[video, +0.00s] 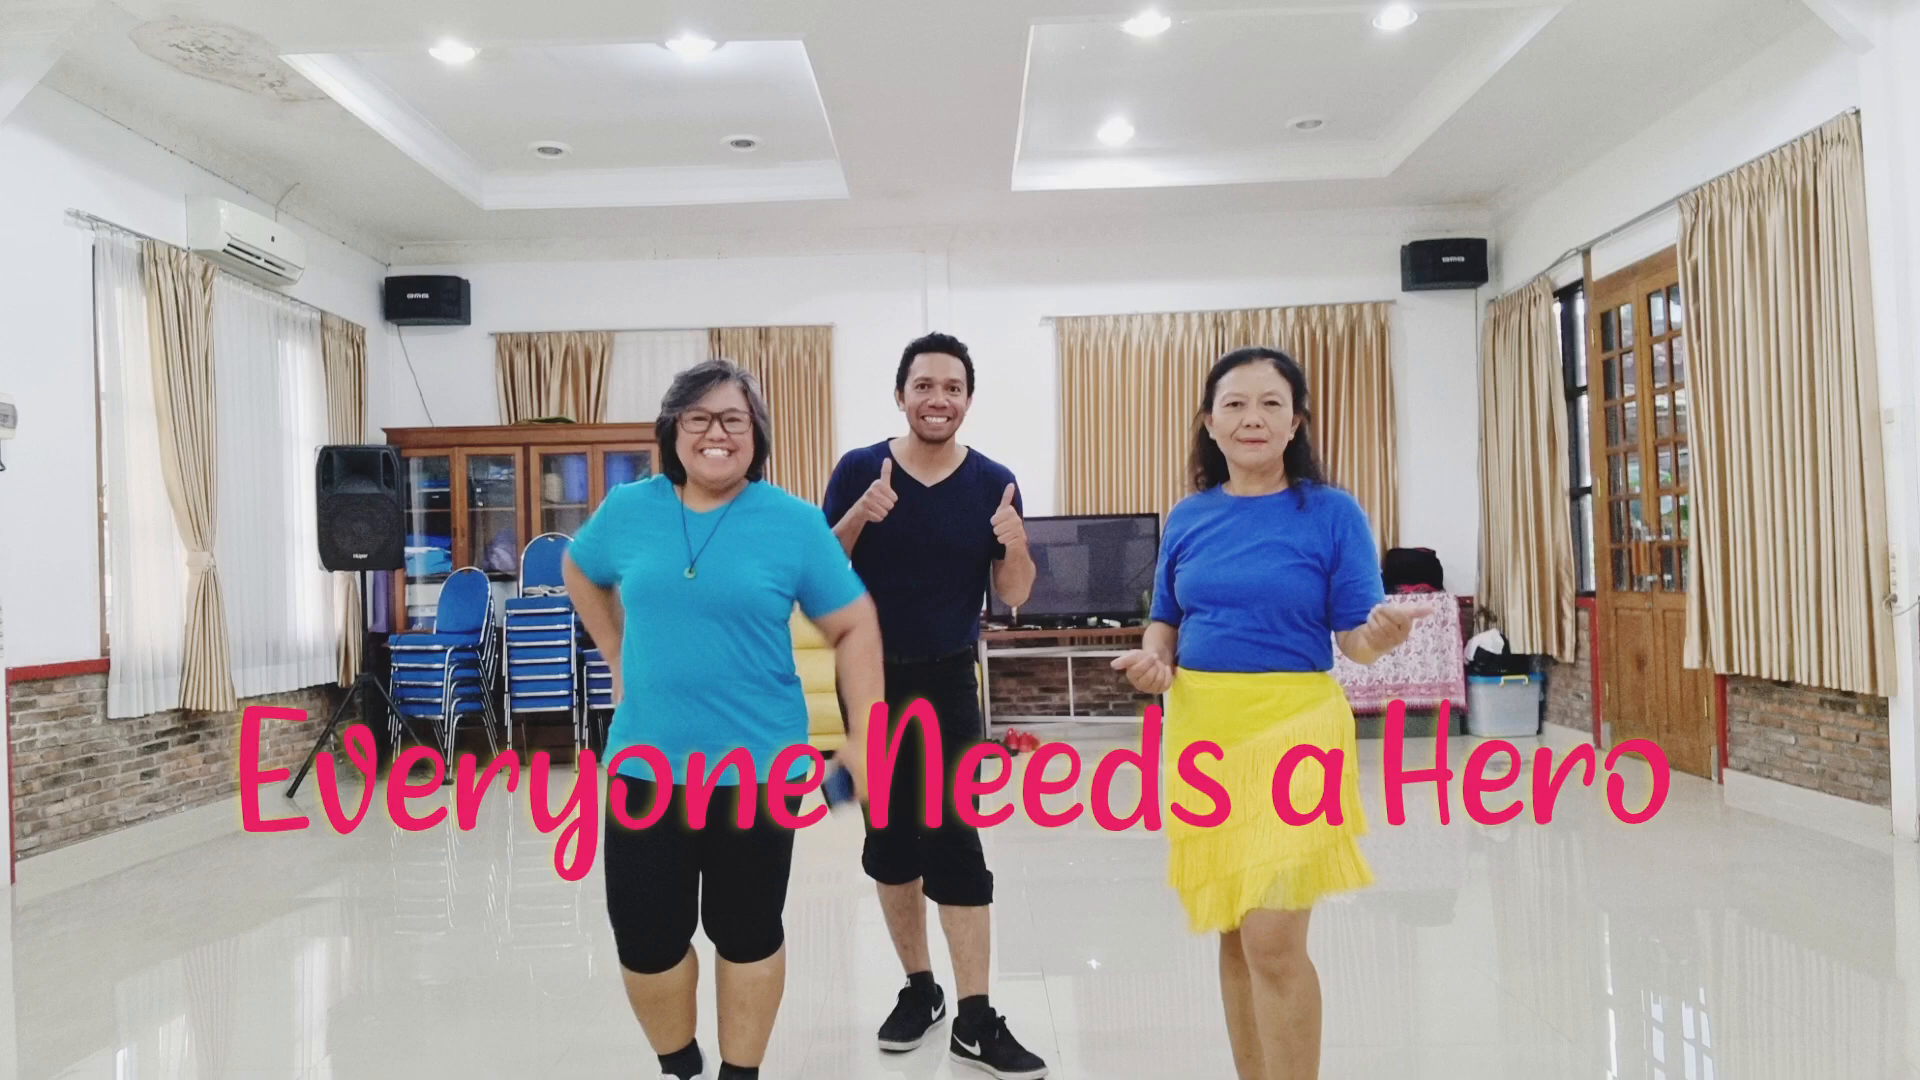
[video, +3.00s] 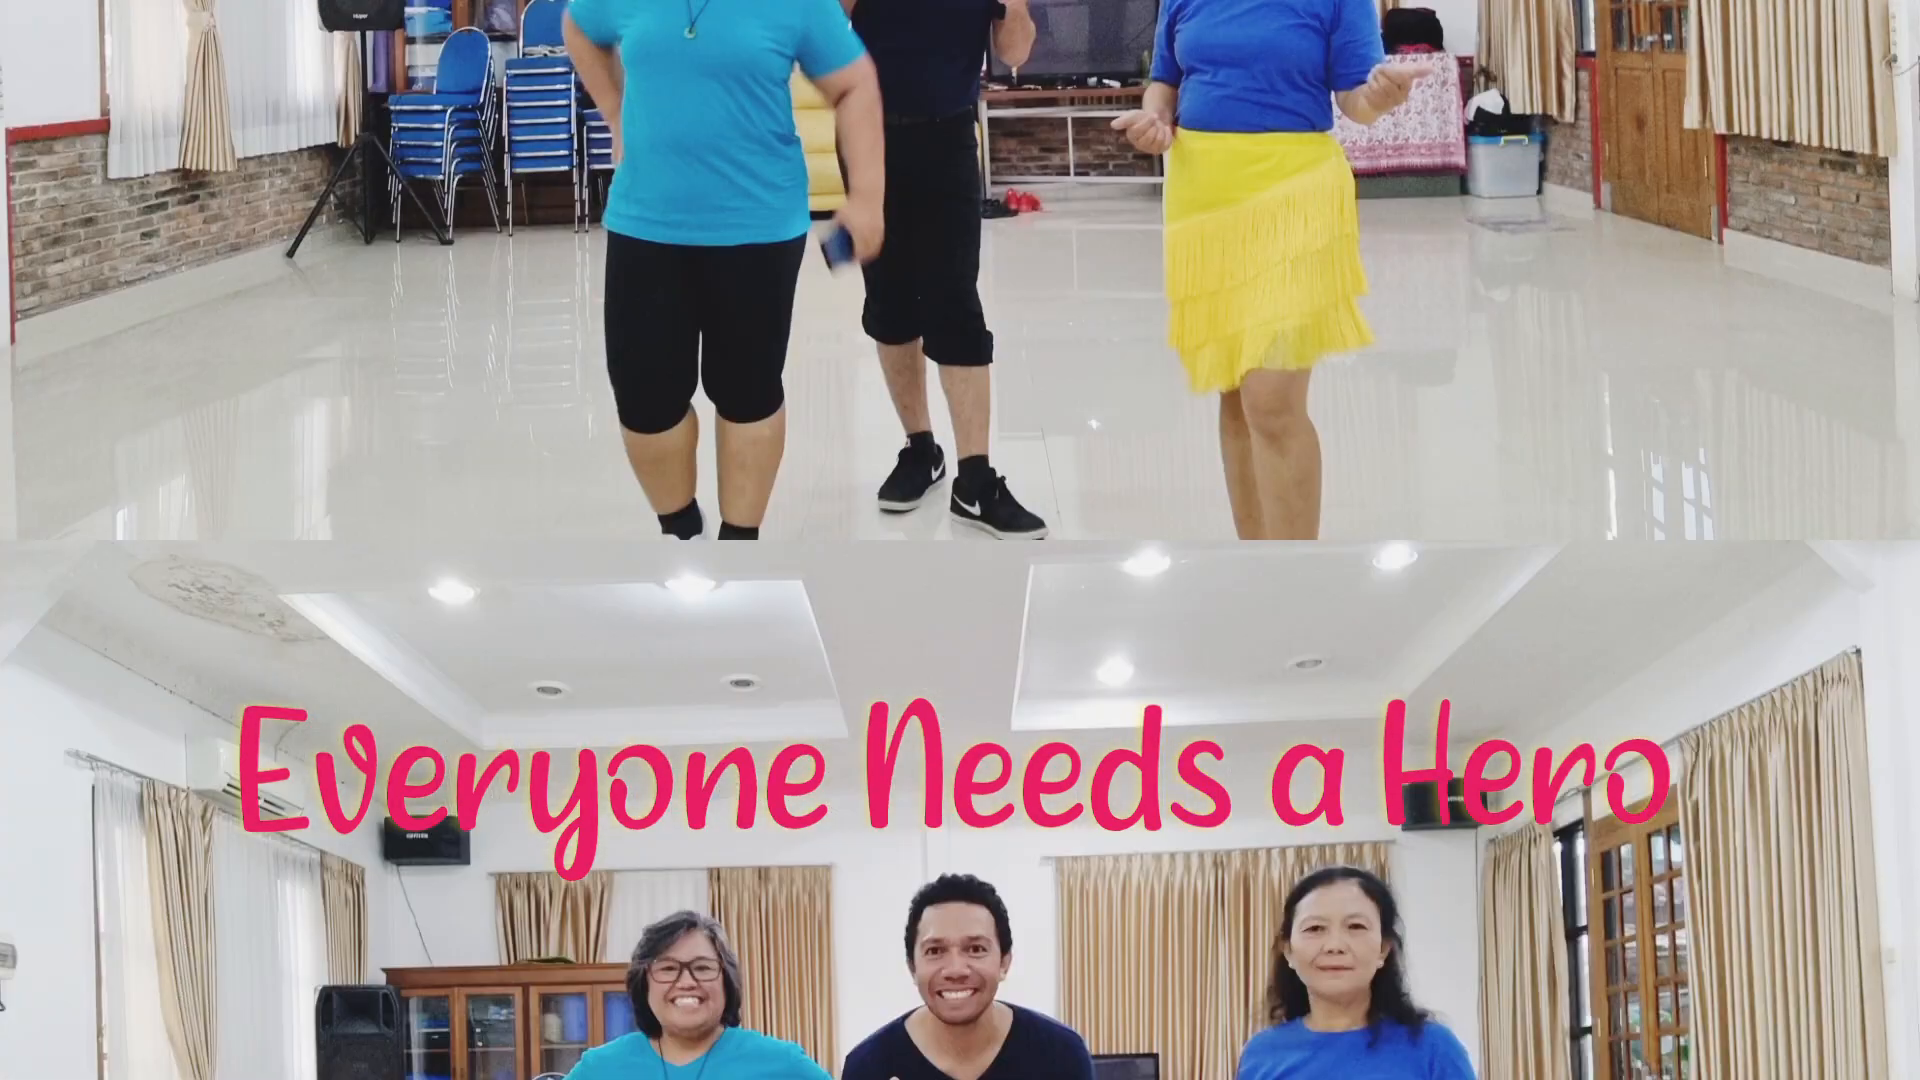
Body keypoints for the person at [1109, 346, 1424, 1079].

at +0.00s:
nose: (1252, 418)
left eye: (1270, 404)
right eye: (1234, 404)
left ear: (1295, 421)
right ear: (1210, 421)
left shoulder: (1333, 512)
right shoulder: (1186, 517)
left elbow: (1356, 643)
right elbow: (1163, 628)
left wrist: (1380, 635)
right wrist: (1151, 660)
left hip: (1297, 723)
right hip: (1204, 724)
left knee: (1272, 941)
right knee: (1237, 941)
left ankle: (1296, 1077)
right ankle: (1254, 1078)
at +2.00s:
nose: (1252, 418)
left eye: (1270, 404)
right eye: (1234, 404)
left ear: (1295, 421)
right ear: (1210, 421)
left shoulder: (1333, 512)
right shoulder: (1186, 517)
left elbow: (1356, 643)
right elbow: (1163, 628)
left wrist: (1380, 635)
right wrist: (1151, 660)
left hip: (1297, 723)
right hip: (1204, 724)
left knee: (1272, 941)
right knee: (1237, 941)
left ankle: (1296, 1077)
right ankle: (1254, 1078)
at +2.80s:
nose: (1252, 302)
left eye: (1270, 287)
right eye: (1234, 288)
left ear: (1295, 304)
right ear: (1210, 305)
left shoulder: (1333, 396)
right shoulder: (1186, 401)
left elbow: (1356, 526)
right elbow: (1163, 508)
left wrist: (1380, 516)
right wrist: (1150, 542)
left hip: (1295, 607)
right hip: (1202, 608)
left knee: (1272, 817)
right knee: (1233, 818)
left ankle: (1296, 1004)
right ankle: (1259, 997)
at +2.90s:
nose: (1252, 141)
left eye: (1270, 127)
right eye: (1235, 128)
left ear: (1296, 143)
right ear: (1210, 145)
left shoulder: (1333, 236)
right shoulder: (1186, 241)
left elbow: (1357, 367)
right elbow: (1163, 346)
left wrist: (1381, 357)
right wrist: (1152, 381)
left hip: (1295, 446)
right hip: (1202, 449)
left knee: (1271, 663)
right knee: (1236, 663)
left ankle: (1304, 836)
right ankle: (1255, 830)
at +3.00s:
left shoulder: (1339, 1)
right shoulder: (1183, 3)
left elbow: (1355, 100)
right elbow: (1164, 78)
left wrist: (1384, 93)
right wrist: (1154, 117)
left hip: (1294, 179)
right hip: (1204, 182)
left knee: (1271, 400)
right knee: (1237, 400)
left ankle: (1295, 587)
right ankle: (1257, 577)